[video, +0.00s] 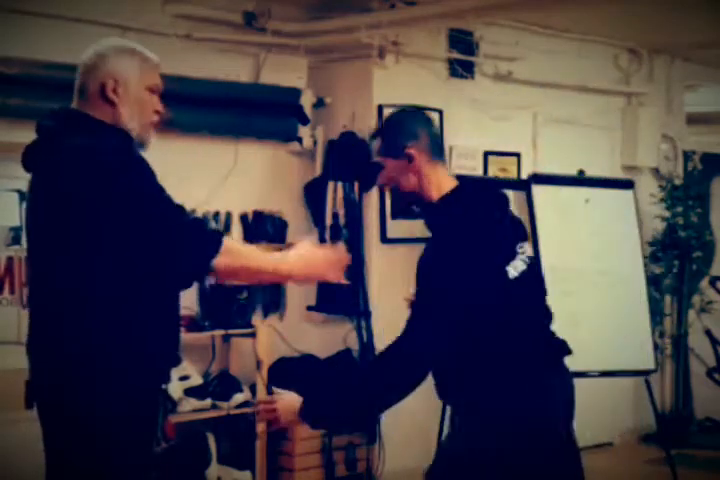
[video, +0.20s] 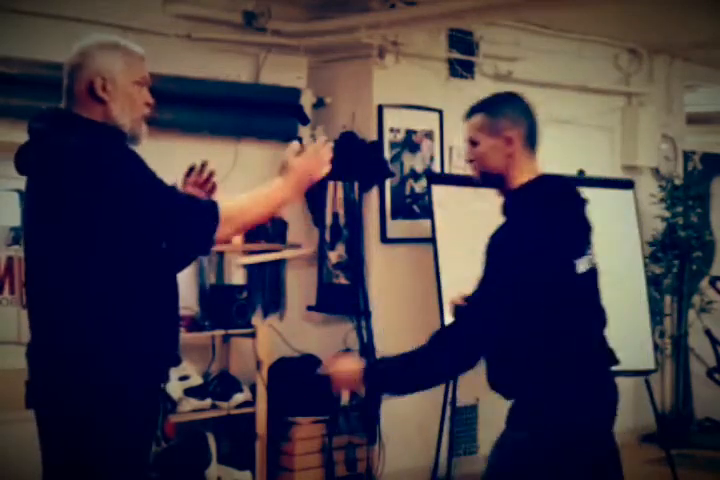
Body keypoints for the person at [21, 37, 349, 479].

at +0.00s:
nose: (161, 109)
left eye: (159, 96)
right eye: (154, 93)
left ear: (110, 92)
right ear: (112, 91)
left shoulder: (63, 157)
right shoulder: (104, 160)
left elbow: (178, 245)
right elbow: (194, 250)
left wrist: (277, 262)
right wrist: (290, 265)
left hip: (71, 382)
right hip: (109, 390)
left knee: (78, 472)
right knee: (118, 471)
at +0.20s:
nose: (151, 101)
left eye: (148, 89)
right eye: (142, 86)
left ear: (100, 90)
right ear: (101, 89)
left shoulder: (61, 152)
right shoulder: (94, 154)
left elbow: (125, 255)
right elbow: (191, 227)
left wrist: (181, 212)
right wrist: (291, 185)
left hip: (74, 380)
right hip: (108, 387)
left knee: (80, 471)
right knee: (115, 470)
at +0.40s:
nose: (143, 99)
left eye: (142, 86)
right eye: (134, 83)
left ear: (92, 89)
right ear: (93, 88)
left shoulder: (53, 156)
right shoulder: (92, 158)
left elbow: (115, 258)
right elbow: (196, 234)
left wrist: (179, 223)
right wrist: (297, 224)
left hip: (70, 377)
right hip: (110, 384)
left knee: (78, 473)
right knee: (118, 471)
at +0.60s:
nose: (143, 101)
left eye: (141, 88)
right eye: (134, 85)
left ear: (93, 90)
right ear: (95, 89)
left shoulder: (51, 157)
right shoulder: (95, 160)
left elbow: (111, 254)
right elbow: (190, 248)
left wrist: (180, 228)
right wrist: (288, 256)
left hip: (68, 378)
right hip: (111, 384)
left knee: (75, 471)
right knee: (117, 470)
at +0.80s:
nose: (145, 104)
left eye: (143, 91)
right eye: (137, 88)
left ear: (96, 90)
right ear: (98, 89)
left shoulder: (52, 153)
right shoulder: (93, 155)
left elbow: (115, 246)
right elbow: (188, 244)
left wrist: (180, 223)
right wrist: (290, 253)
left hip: (68, 376)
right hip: (110, 383)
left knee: (76, 472)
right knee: (116, 471)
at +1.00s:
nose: (155, 114)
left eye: (155, 101)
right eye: (149, 98)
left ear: (112, 92)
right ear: (112, 92)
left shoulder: (55, 154)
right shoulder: (106, 155)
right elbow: (188, 230)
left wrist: (212, 239)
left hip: (68, 374)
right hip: (113, 379)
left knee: (74, 471)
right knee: (118, 470)